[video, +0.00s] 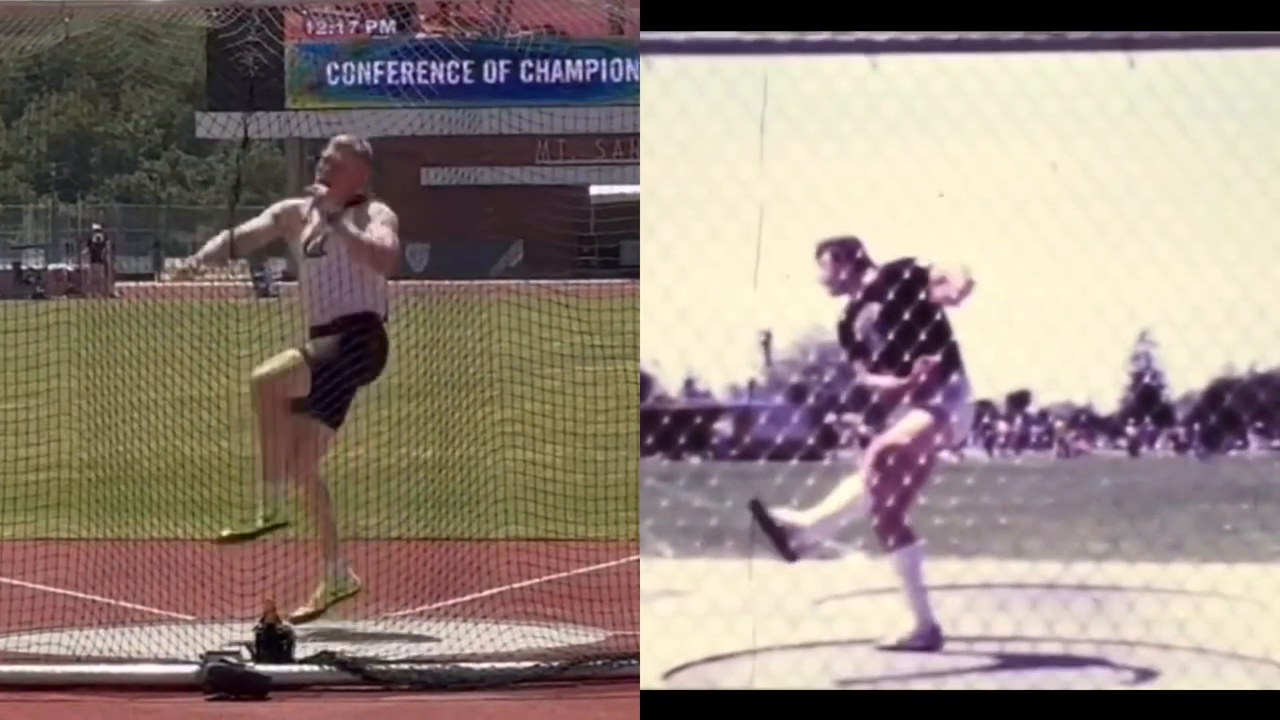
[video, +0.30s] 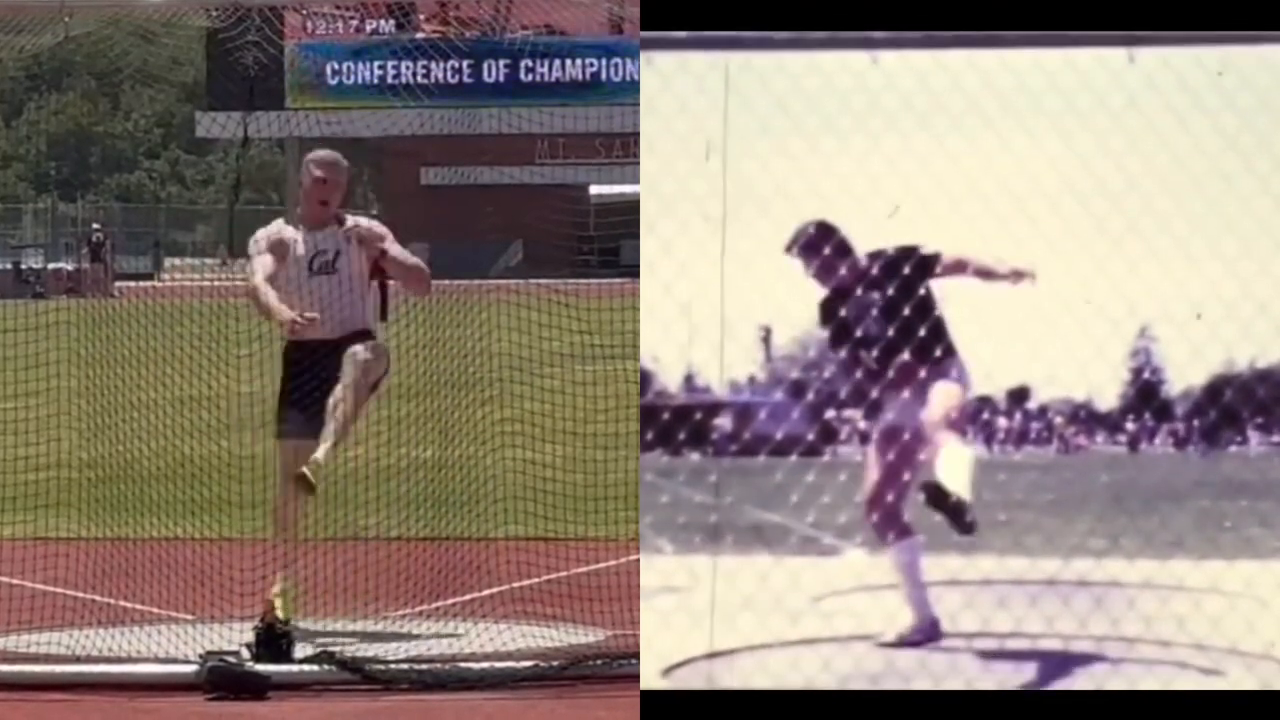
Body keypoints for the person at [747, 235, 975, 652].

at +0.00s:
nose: (823, 281)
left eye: (827, 270)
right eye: (821, 272)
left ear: (849, 263)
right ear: (837, 269)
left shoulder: (901, 274)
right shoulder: (849, 324)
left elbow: (956, 278)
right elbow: (865, 377)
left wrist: (954, 291)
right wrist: (905, 381)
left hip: (947, 396)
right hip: (908, 409)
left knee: (882, 456)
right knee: (886, 511)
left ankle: (803, 524)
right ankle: (926, 625)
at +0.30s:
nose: (814, 270)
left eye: (816, 259)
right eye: (807, 264)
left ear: (836, 248)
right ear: (809, 266)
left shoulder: (894, 266)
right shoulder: (832, 310)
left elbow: (958, 265)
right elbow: (858, 365)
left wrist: (1002, 273)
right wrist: (867, 404)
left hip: (940, 375)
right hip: (896, 398)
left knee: (939, 422)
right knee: (880, 504)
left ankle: (956, 495)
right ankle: (924, 618)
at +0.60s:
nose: (822, 247)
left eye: (823, 236)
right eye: (815, 241)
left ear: (841, 221)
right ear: (815, 239)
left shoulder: (900, 240)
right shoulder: (825, 279)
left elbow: (964, 244)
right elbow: (825, 335)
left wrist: (1011, 247)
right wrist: (840, 371)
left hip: (939, 356)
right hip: (890, 377)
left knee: (994, 398)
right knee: (873, 489)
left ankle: (1093, 468)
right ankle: (909, 600)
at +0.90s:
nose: (829, 229)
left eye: (832, 217)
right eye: (820, 223)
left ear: (849, 206)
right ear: (817, 221)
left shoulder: (900, 231)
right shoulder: (821, 268)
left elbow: (967, 237)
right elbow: (811, 330)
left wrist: (1014, 229)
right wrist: (819, 381)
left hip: (943, 354)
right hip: (892, 377)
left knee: (1036, 395)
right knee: (872, 482)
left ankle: (1136, 435)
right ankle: (885, 609)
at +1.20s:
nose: (854, 221)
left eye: (857, 209)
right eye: (843, 215)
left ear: (868, 204)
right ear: (832, 218)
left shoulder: (902, 241)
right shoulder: (827, 273)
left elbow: (964, 255)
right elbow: (812, 341)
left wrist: (1016, 231)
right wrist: (820, 399)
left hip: (941, 360)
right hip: (887, 385)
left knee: (1033, 401)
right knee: (886, 496)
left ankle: (1099, 438)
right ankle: (891, 618)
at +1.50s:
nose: (902, 223)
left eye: (901, 214)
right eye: (892, 217)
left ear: (900, 216)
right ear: (872, 227)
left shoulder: (910, 255)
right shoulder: (854, 285)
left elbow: (940, 282)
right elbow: (846, 357)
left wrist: (995, 260)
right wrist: (858, 418)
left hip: (935, 380)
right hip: (887, 400)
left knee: (1009, 421)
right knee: (893, 507)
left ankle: (1011, 475)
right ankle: (896, 626)